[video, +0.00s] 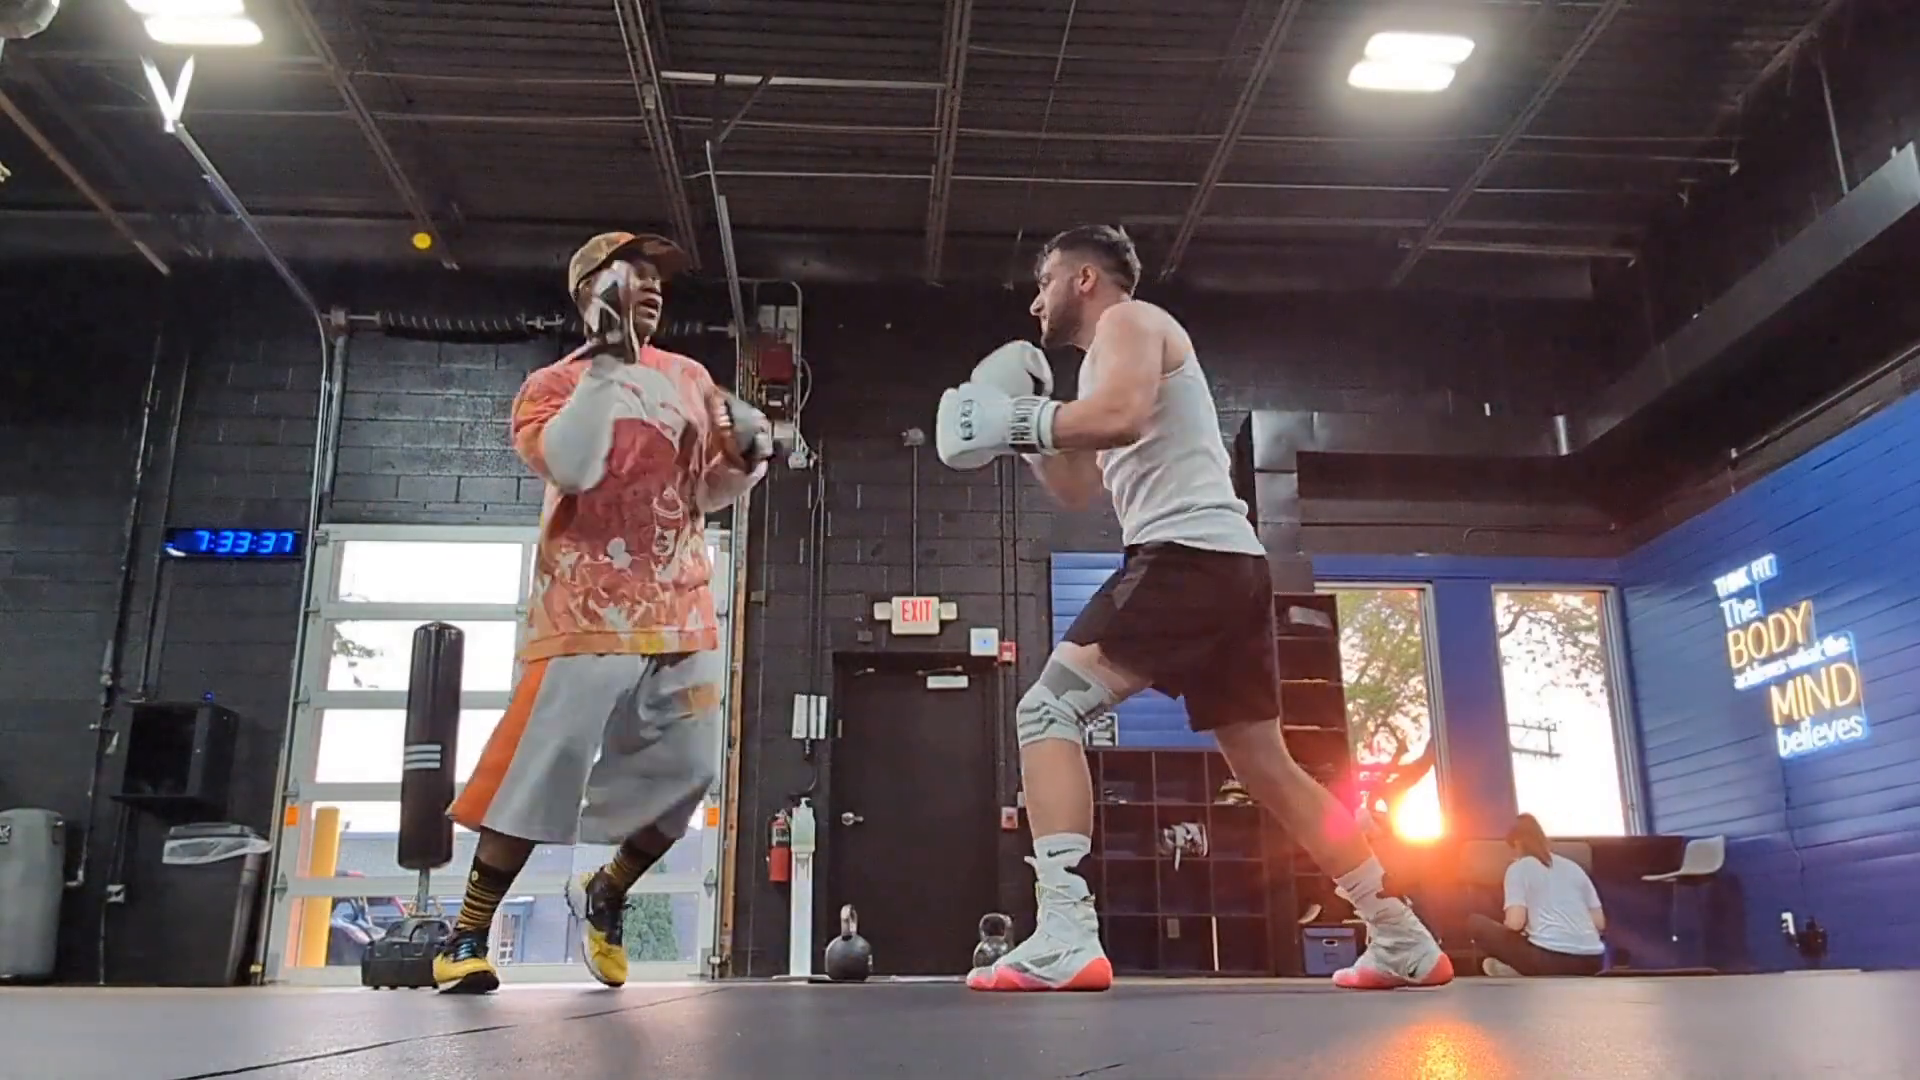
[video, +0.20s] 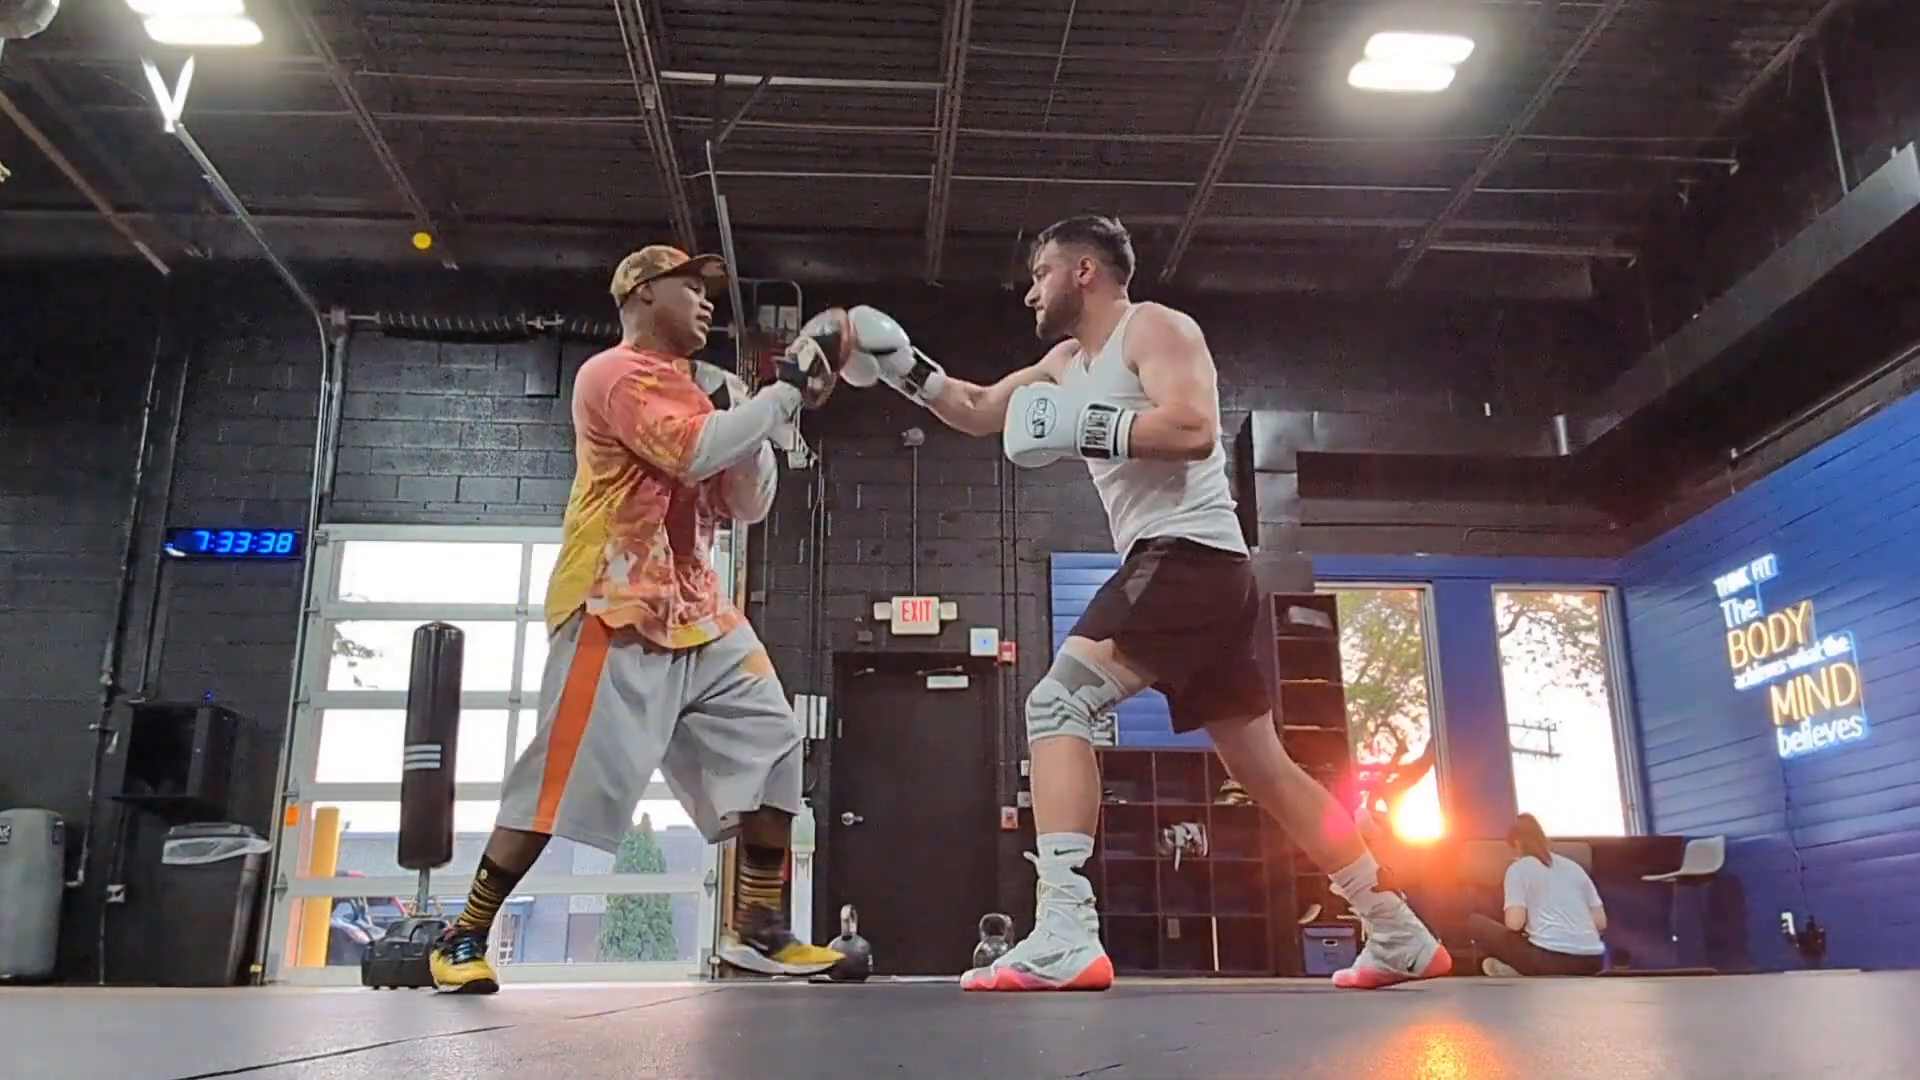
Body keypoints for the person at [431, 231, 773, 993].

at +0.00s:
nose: (649, 289)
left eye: (653, 279)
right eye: (632, 277)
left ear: (658, 296)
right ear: (590, 297)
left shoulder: (690, 378)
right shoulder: (553, 384)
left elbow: (709, 496)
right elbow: (571, 467)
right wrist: (609, 364)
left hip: (683, 606)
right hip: (587, 603)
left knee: (694, 764)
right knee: (548, 760)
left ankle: (607, 894)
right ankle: (471, 932)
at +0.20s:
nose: (706, 300)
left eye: (704, 290)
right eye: (690, 285)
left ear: (682, 307)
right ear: (643, 298)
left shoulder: (700, 394)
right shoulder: (612, 372)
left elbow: (748, 507)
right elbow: (693, 452)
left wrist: (753, 412)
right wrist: (790, 385)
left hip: (698, 602)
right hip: (614, 600)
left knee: (773, 741)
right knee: (562, 761)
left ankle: (761, 933)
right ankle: (465, 938)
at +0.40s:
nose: (789, 325)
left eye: (795, 318)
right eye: (769, 310)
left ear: (798, 339)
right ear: (720, 324)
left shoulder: (816, 402)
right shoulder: (663, 413)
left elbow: (913, 396)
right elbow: (619, 522)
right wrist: (721, 548)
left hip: (777, 646)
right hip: (658, 638)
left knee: (855, 784)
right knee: (569, 784)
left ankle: (899, 942)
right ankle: (475, 936)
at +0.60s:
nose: (875, 338)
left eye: (881, 330)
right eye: (858, 322)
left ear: (879, 352)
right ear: (810, 335)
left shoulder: (902, 428)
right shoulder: (749, 411)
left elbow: (996, 465)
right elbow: (683, 505)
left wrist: (1015, 419)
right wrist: (755, 458)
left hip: (848, 644)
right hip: (737, 641)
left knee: (907, 762)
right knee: (656, 770)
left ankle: (908, 943)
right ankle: (512, 902)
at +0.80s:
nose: (913, 350)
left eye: (916, 340)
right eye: (898, 338)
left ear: (901, 352)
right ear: (858, 341)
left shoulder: (885, 422)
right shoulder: (838, 384)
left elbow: (884, 572)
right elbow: (961, 382)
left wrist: (912, 537)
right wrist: (1042, 341)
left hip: (862, 633)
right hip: (788, 618)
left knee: (914, 755)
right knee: (695, 758)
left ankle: (903, 940)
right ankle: (553, 899)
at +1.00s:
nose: (925, 350)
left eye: (927, 341)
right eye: (913, 334)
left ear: (901, 350)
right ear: (866, 335)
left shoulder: (894, 442)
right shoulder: (832, 383)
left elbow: (920, 555)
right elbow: (879, 463)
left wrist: (1011, 562)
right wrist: (979, 467)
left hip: (863, 622)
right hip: (785, 598)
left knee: (915, 747)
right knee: (701, 745)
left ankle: (905, 937)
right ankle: (548, 892)